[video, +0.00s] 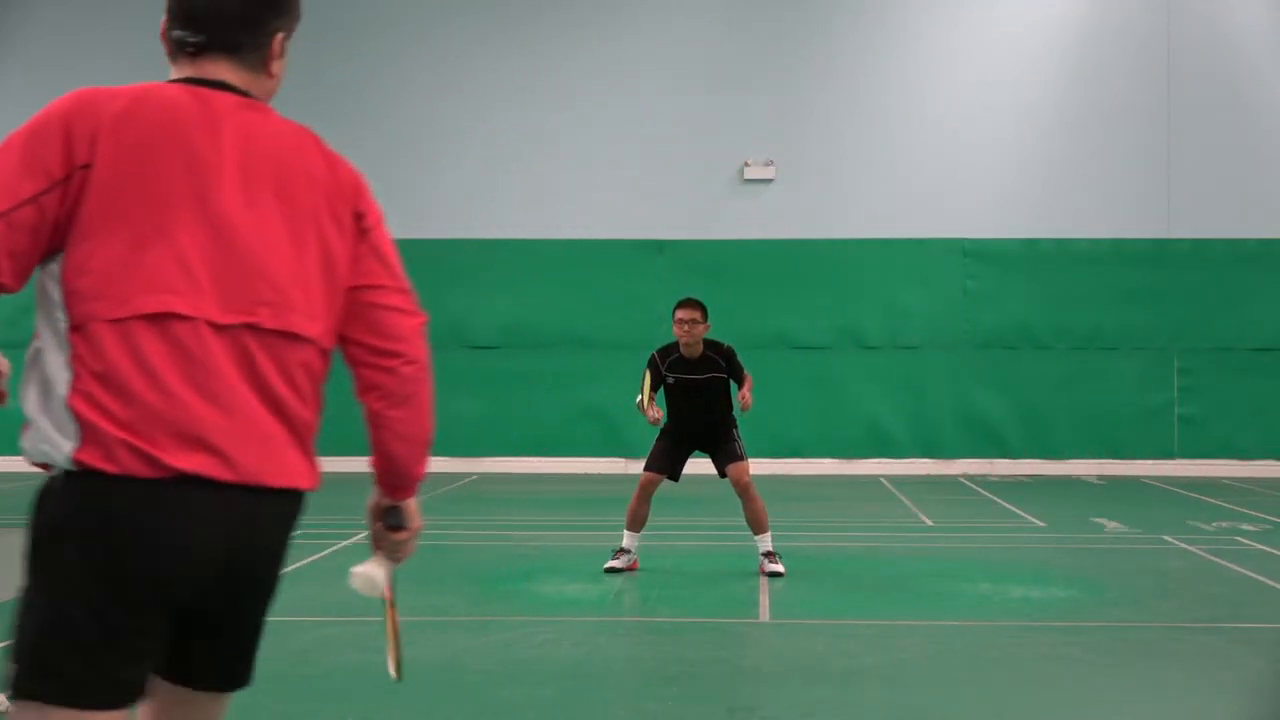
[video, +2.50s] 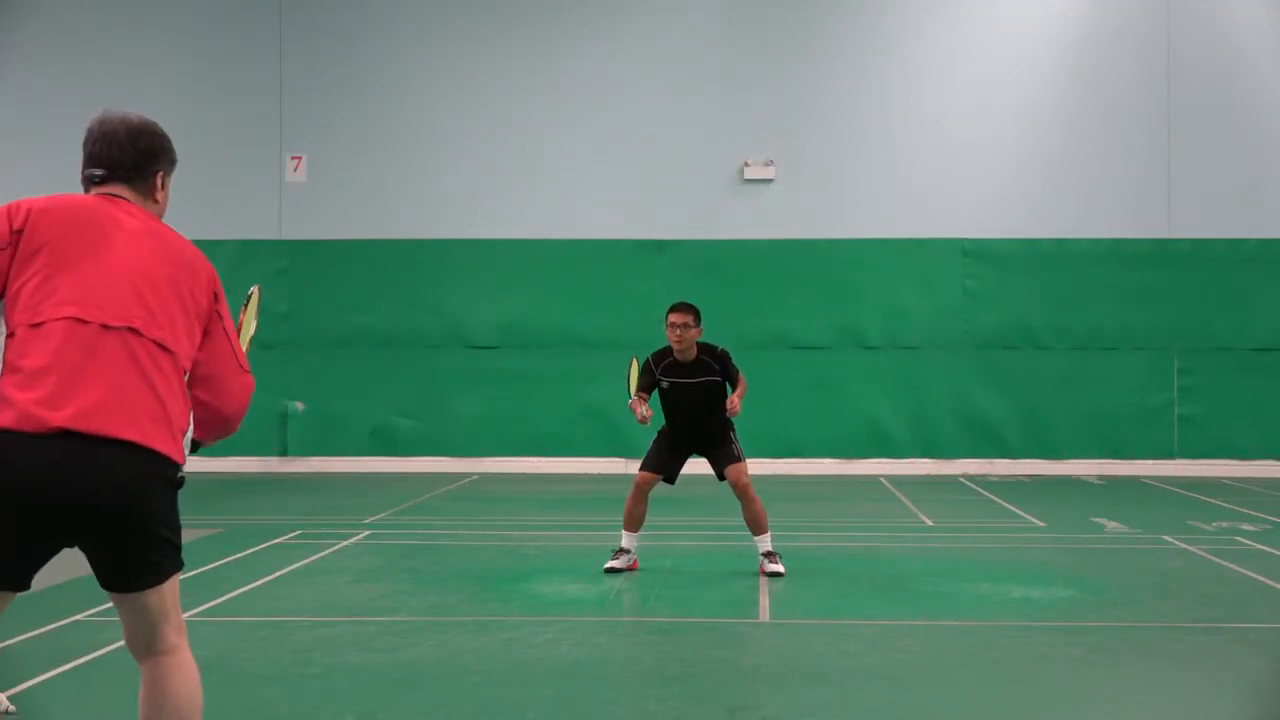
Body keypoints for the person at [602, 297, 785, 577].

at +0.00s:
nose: (685, 328)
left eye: (692, 323)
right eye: (680, 322)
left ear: (705, 327)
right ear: (673, 326)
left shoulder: (723, 355)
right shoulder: (661, 358)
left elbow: (745, 378)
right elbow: (645, 396)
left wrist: (746, 391)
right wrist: (651, 410)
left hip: (720, 431)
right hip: (677, 431)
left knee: (743, 482)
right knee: (646, 484)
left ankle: (767, 553)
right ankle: (627, 551)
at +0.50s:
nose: (684, 318)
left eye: (691, 313)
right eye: (679, 312)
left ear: (704, 318)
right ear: (672, 316)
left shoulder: (722, 346)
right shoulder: (660, 351)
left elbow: (743, 373)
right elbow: (645, 388)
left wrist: (741, 387)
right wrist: (648, 402)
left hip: (719, 427)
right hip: (677, 427)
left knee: (743, 482)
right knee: (646, 482)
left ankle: (767, 553)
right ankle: (627, 551)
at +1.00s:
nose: (684, 311)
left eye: (691, 306)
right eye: (679, 306)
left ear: (704, 311)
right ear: (672, 310)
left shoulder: (721, 342)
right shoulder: (659, 346)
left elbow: (741, 371)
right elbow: (645, 387)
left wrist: (736, 384)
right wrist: (649, 404)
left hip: (717, 425)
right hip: (676, 426)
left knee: (742, 482)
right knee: (645, 482)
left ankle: (767, 552)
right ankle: (627, 551)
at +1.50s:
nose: (682, 313)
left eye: (689, 308)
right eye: (677, 307)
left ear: (703, 313)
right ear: (671, 311)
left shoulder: (721, 344)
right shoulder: (659, 347)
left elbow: (739, 373)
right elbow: (648, 393)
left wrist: (734, 387)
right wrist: (652, 413)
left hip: (716, 425)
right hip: (675, 425)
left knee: (741, 482)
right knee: (644, 482)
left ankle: (767, 553)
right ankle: (627, 551)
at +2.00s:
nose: (681, 312)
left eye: (688, 308)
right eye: (677, 307)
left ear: (702, 313)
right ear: (670, 311)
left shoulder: (720, 343)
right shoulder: (659, 347)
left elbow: (739, 375)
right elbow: (648, 394)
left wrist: (732, 387)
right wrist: (652, 419)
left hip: (716, 424)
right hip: (675, 425)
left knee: (740, 482)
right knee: (644, 482)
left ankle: (767, 553)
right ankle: (627, 551)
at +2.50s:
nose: (677, 333)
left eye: (684, 327)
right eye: (672, 327)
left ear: (698, 330)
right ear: (666, 330)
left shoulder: (716, 357)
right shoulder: (657, 361)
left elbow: (739, 381)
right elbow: (639, 397)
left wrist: (737, 397)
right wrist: (641, 409)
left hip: (716, 433)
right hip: (675, 433)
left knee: (742, 484)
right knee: (641, 483)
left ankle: (767, 553)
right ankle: (626, 551)